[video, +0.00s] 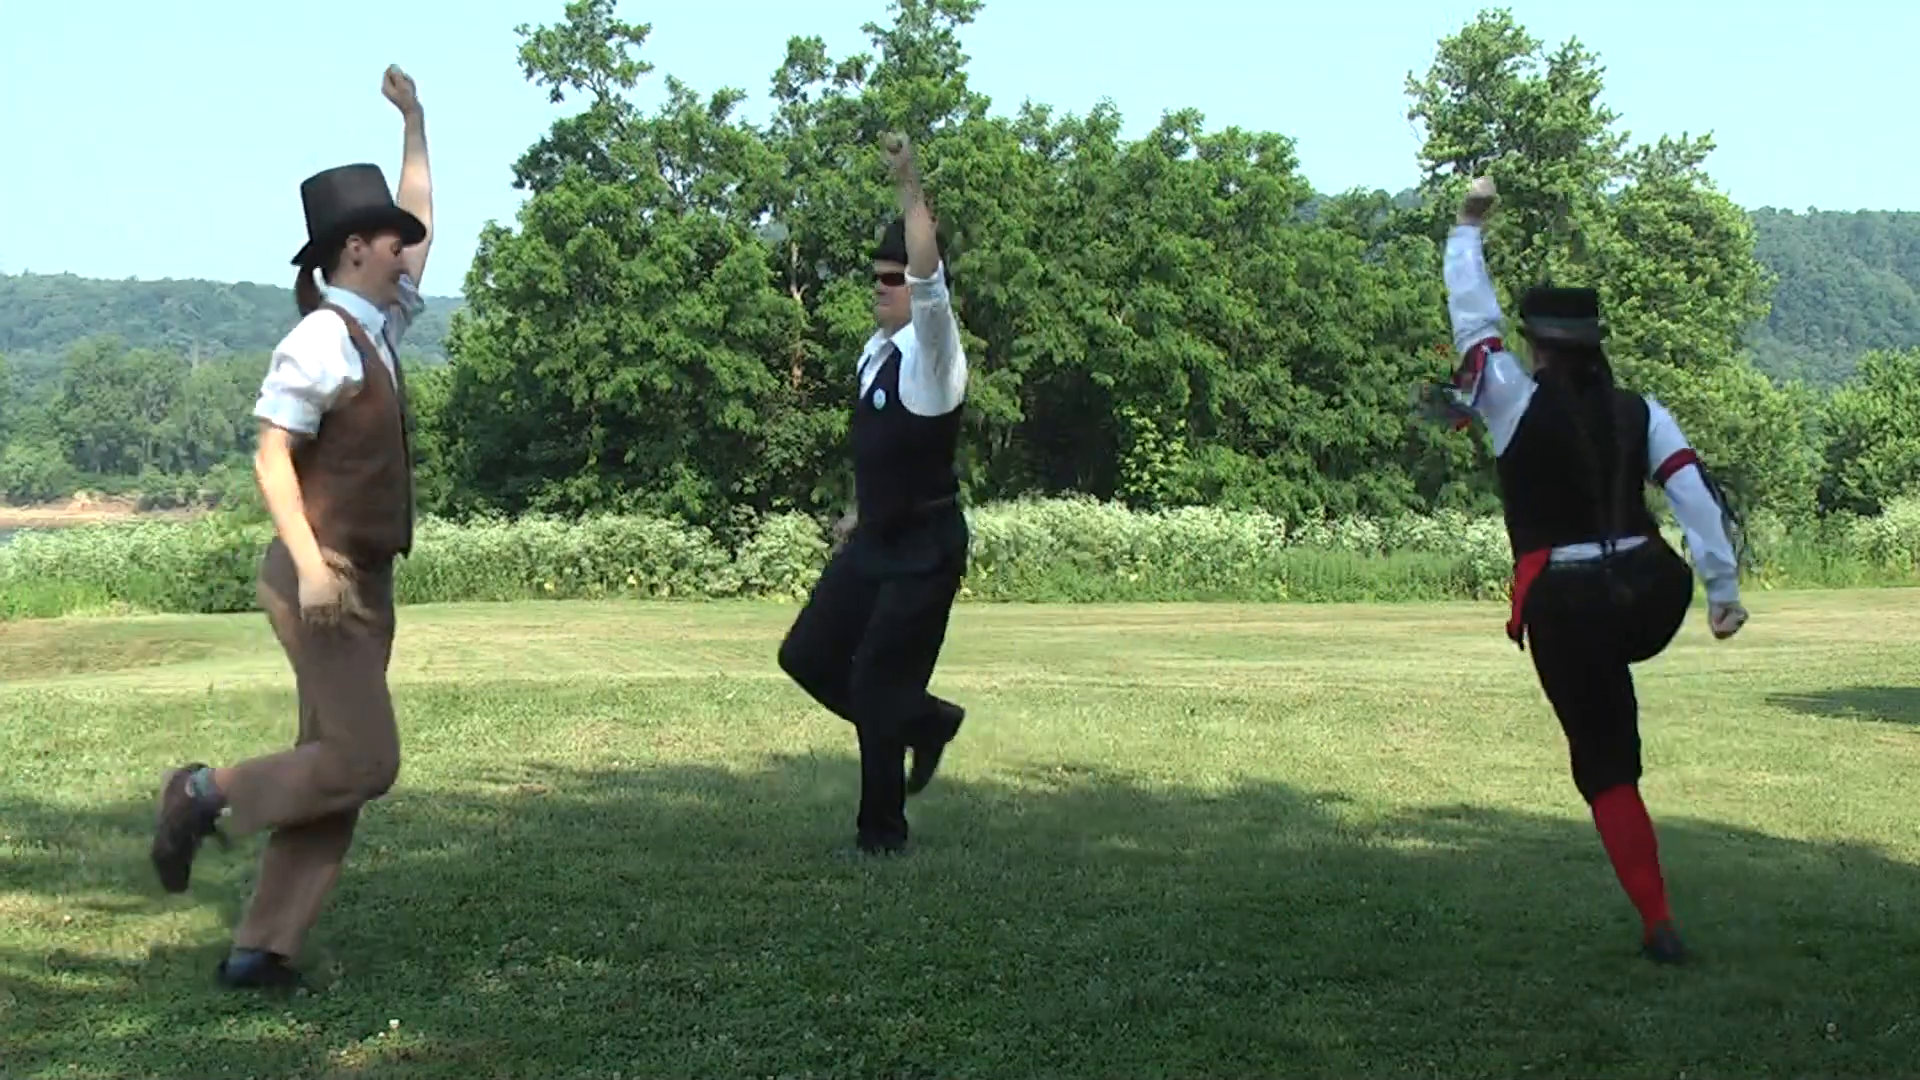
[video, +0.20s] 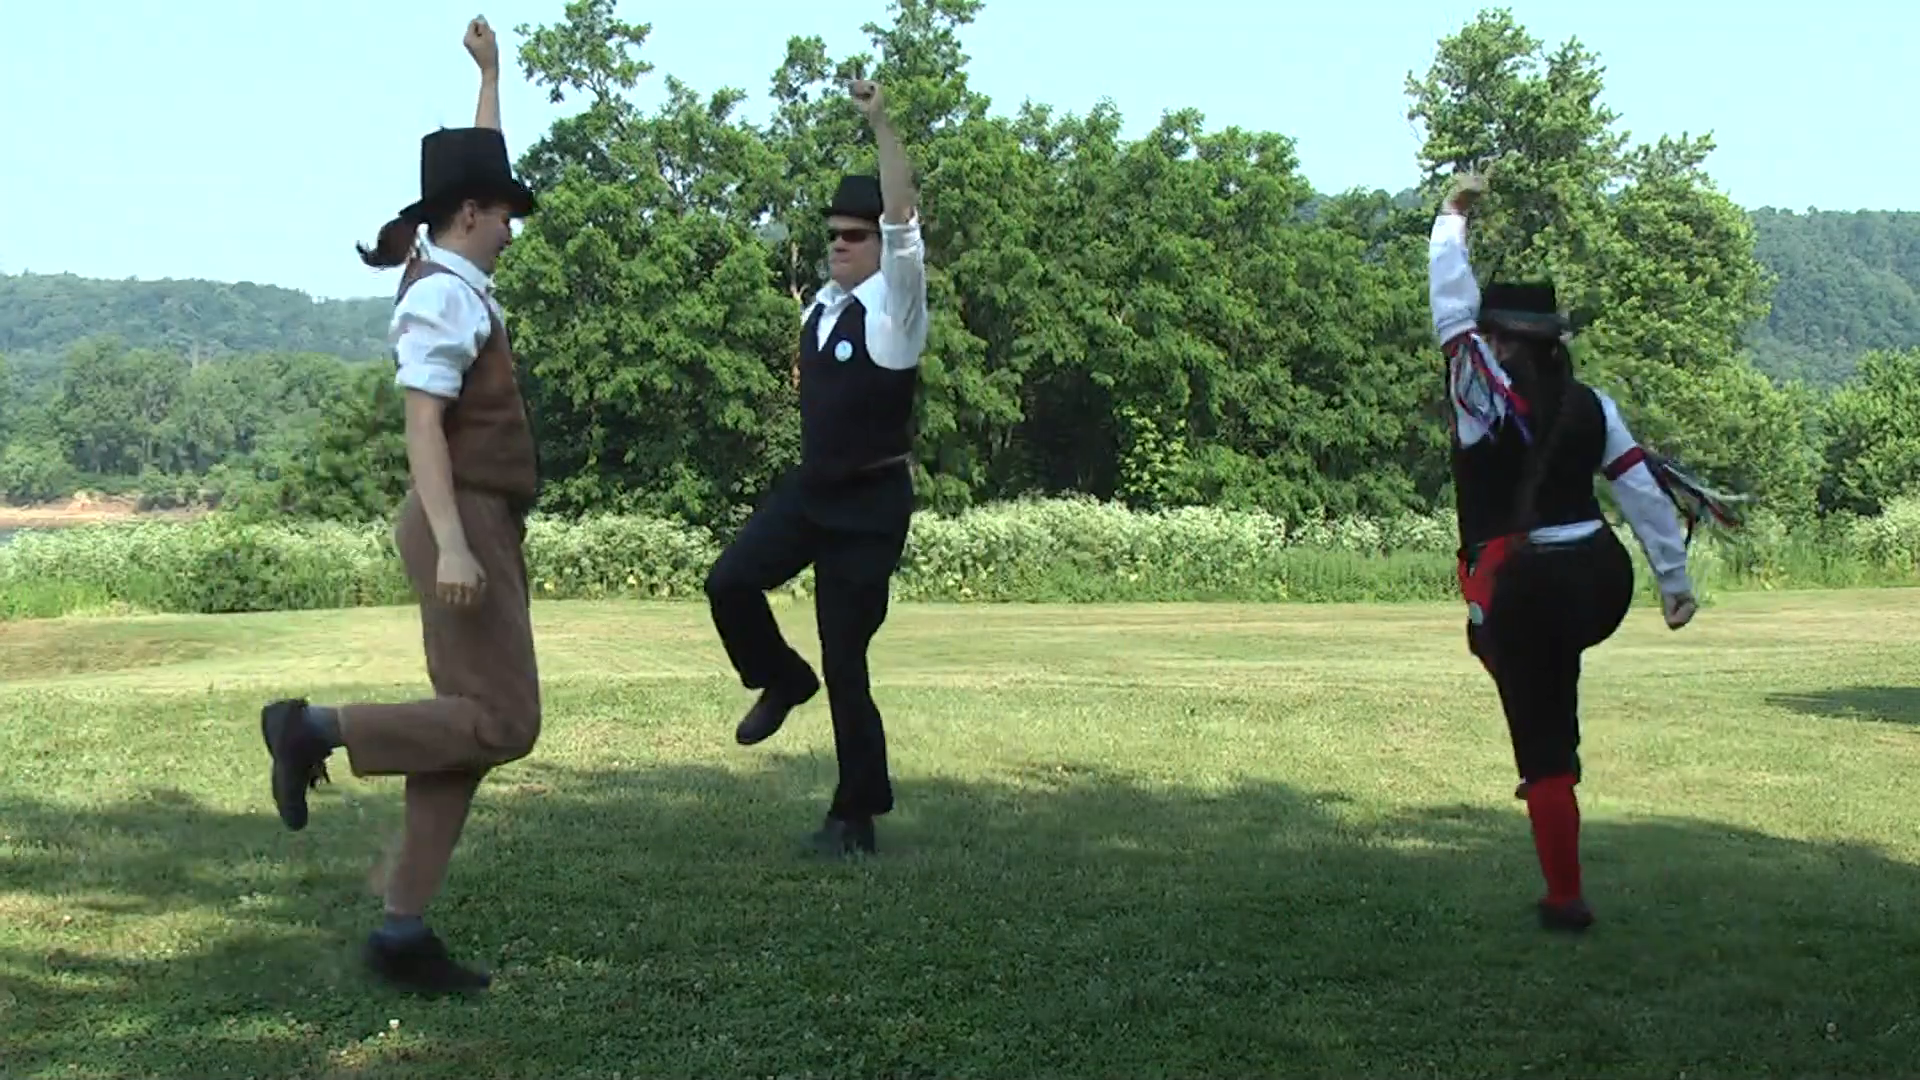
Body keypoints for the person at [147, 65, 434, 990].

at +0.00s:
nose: (412, 254)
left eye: (409, 240)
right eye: (397, 240)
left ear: (371, 253)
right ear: (352, 251)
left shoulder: (375, 322)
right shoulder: (322, 336)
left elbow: (414, 222)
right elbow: (270, 454)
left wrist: (414, 118)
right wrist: (311, 561)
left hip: (362, 575)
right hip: (320, 573)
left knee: (339, 771)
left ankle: (259, 952)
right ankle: (203, 795)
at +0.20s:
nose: (512, 227)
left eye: (511, 211)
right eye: (504, 212)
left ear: (456, 214)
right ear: (468, 213)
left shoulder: (457, 278)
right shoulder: (441, 295)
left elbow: (477, 179)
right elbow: (422, 423)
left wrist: (491, 75)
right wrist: (451, 539)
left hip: (477, 518)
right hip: (463, 520)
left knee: (472, 727)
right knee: (508, 721)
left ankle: (404, 926)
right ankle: (316, 732)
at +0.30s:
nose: (573, 272)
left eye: (571, 258)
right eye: (567, 258)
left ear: (514, 253)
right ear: (532, 256)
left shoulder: (493, 320)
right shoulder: (524, 340)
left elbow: (515, 212)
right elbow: (502, 466)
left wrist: (524, 106)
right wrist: (545, 578)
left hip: (501, 560)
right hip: (525, 565)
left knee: (525, 775)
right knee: (582, 771)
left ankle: (515, 968)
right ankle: (402, 762)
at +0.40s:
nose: (638, 283)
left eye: (635, 270)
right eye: (632, 271)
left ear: (575, 273)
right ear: (599, 276)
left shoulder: (553, 342)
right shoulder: (599, 368)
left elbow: (581, 232)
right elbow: (573, 493)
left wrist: (581, 123)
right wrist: (623, 608)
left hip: (534, 587)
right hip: (577, 592)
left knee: (592, 786)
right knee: (692, 761)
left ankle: (531, 966)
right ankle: (540, 825)